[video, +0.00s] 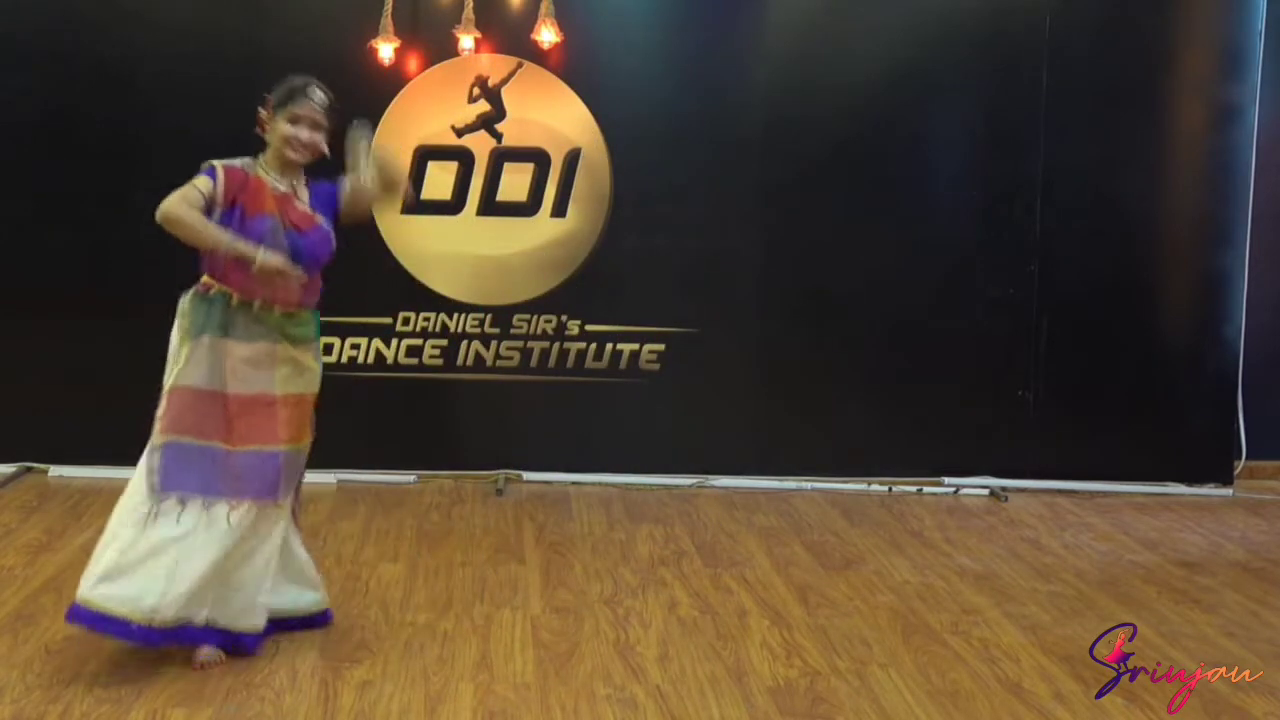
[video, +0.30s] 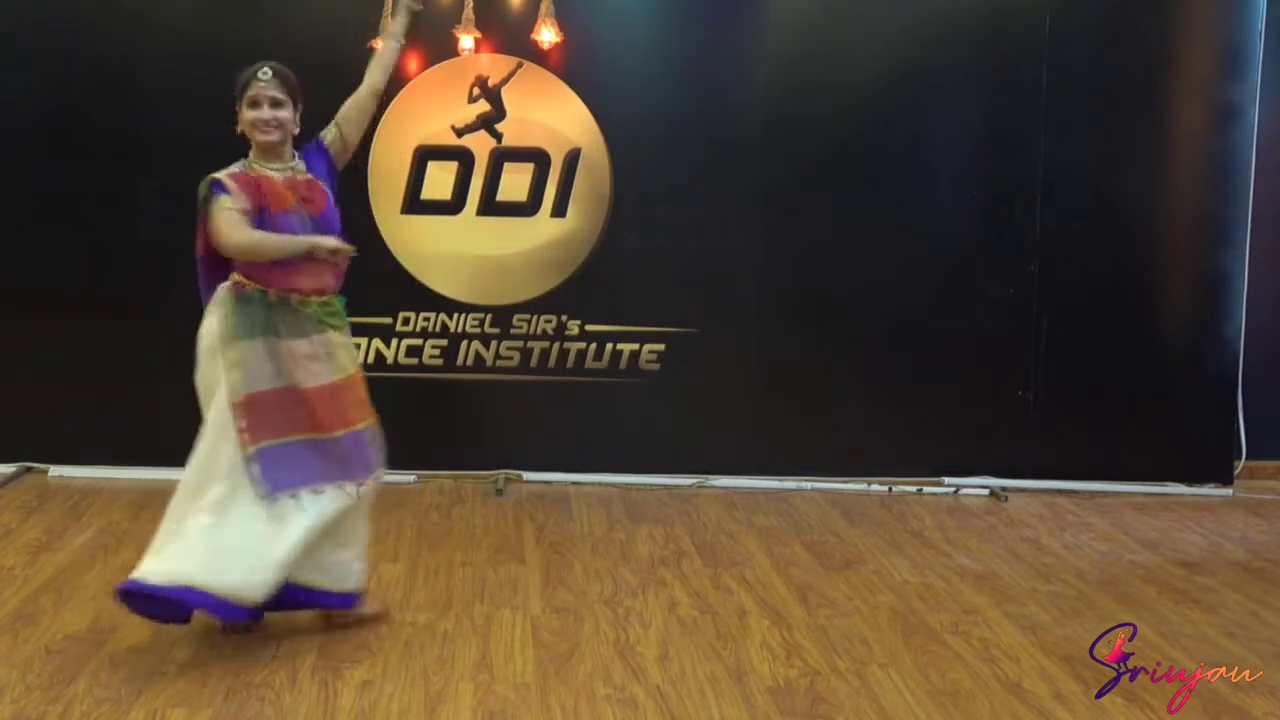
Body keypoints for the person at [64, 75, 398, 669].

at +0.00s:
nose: (307, 134)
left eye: (318, 127)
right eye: (297, 121)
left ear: (326, 138)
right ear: (267, 121)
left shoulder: (323, 194)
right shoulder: (231, 176)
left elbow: (380, 191)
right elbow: (172, 211)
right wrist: (254, 254)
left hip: (286, 350)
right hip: (220, 344)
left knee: (267, 481)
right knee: (218, 480)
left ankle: (243, 608)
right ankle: (205, 617)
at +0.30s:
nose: (268, 114)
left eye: (279, 104)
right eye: (256, 105)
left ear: (297, 115)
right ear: (240, 118)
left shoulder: (319, 165)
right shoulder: (230, 184)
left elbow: (369, 92)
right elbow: (235, 241)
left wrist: (394, 27)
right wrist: (314, 243)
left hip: (315, 323)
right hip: (249, 326)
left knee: (338, 449)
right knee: (254, 455)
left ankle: (337, 588)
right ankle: (235, 587)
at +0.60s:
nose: (379, 119)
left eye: (375, 110)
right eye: (371, 111)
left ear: (323, 125)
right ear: (343, 122)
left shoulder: (294, 174)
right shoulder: (388, 197)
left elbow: (269, 90)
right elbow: (444, 247)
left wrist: (270, 19)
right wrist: (397, 236)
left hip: (303, 327)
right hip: (368, 331)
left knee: (301, 451)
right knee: (379, 453)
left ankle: (278, 589)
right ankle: (294, 545)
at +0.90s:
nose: (355, 125)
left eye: (363, 114)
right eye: (352, 114)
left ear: (399, 111)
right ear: (358, 118)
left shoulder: (424, 169)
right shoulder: (356, 184)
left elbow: (419, 83)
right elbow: (353, 254)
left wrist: (387, 20)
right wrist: (316, 272)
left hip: (416, 321)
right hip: (360, 322)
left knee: (394, 450)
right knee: (363, 446)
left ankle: (358, 577)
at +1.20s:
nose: (419, 140)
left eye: (428, 126)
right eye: (412, 131)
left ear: (460, 124)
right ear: (411, 138)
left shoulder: (501, 178)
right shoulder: (408, 204)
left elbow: (519, 88)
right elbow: (379, 280)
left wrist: (490, 18)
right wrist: (340, 348)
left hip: (496, 333)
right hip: (425, 336)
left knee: (521, 456)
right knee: (417, 455)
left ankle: (571, 577)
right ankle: (416, 569)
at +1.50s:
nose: (477, 112)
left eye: (487, 100)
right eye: (474, 104)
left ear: (524, 101)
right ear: (489, 114)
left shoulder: (573, 156)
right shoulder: (485, 177)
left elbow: (597, 64)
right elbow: (411, 200)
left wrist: (570, 1)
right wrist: (365, 139)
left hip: (574, 318)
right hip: (506, 320)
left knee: (579, 449)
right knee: (433, 421)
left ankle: (580, 584)